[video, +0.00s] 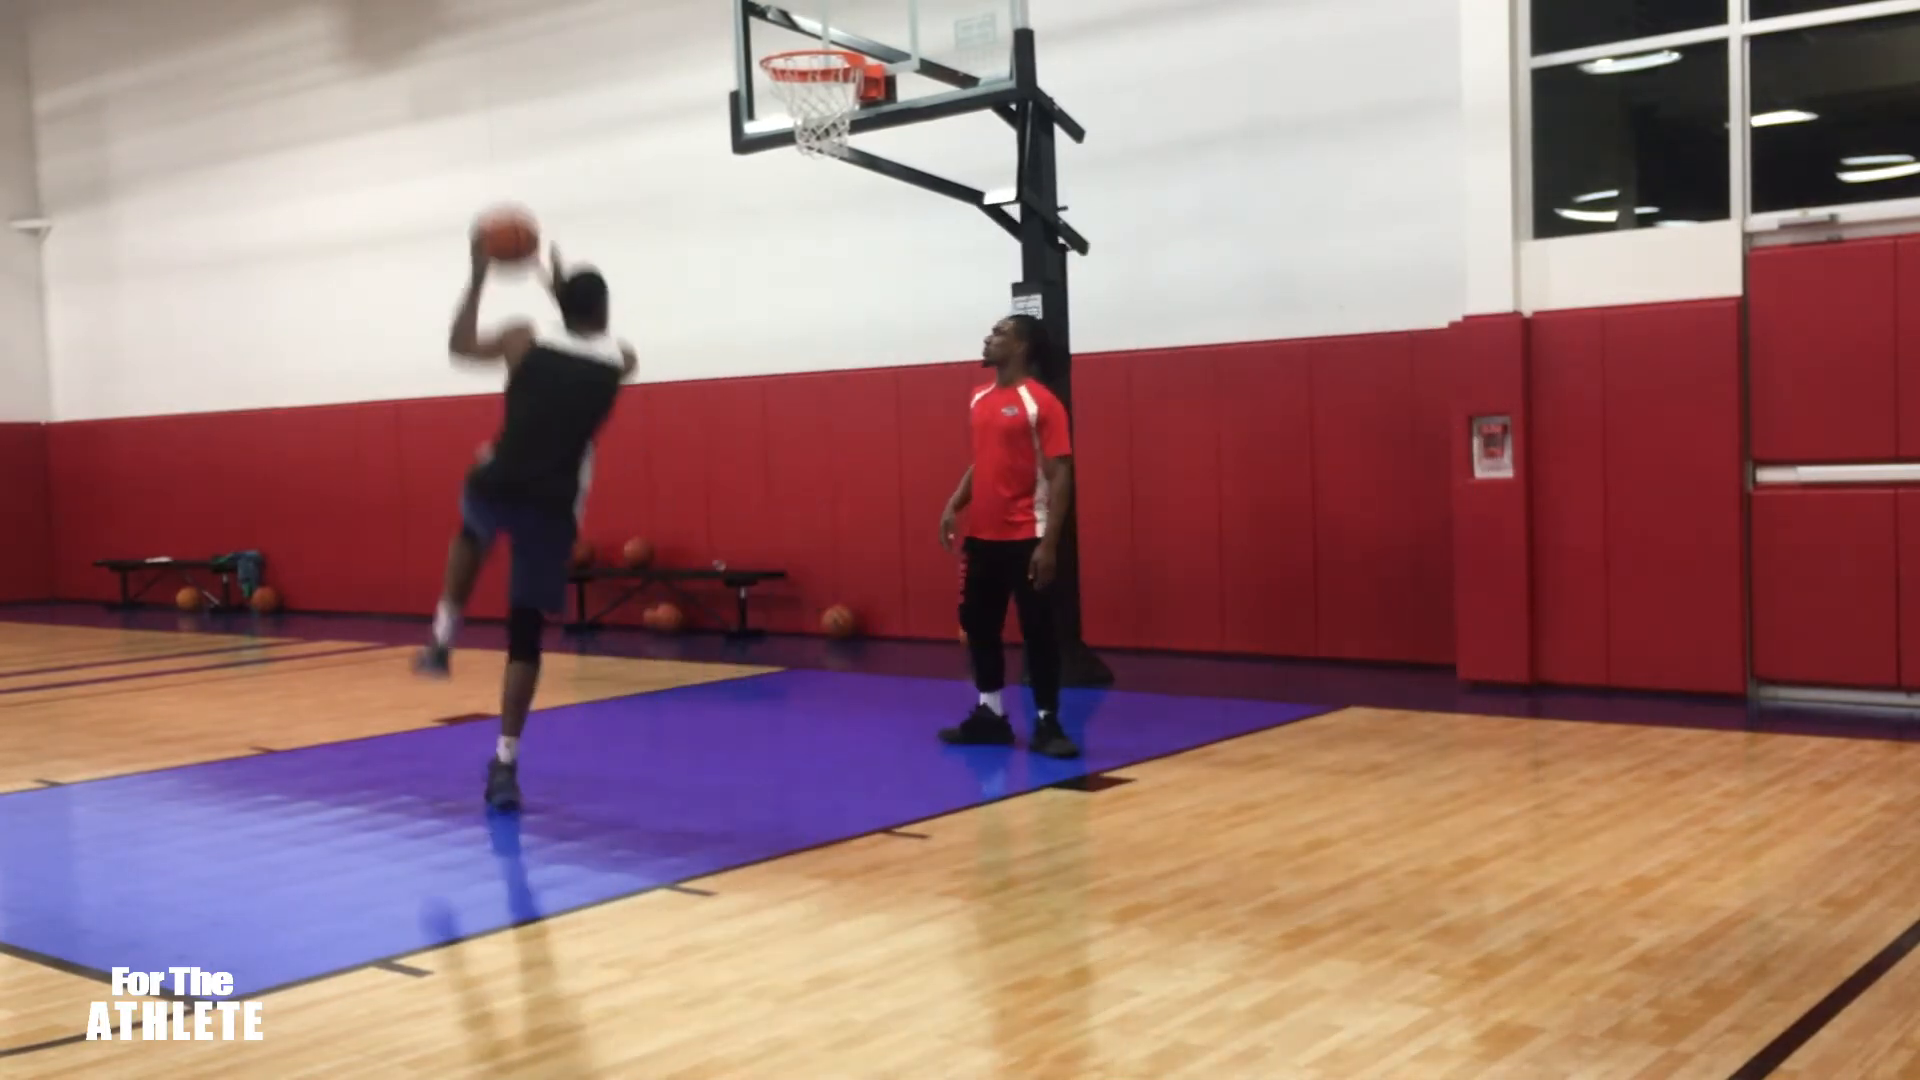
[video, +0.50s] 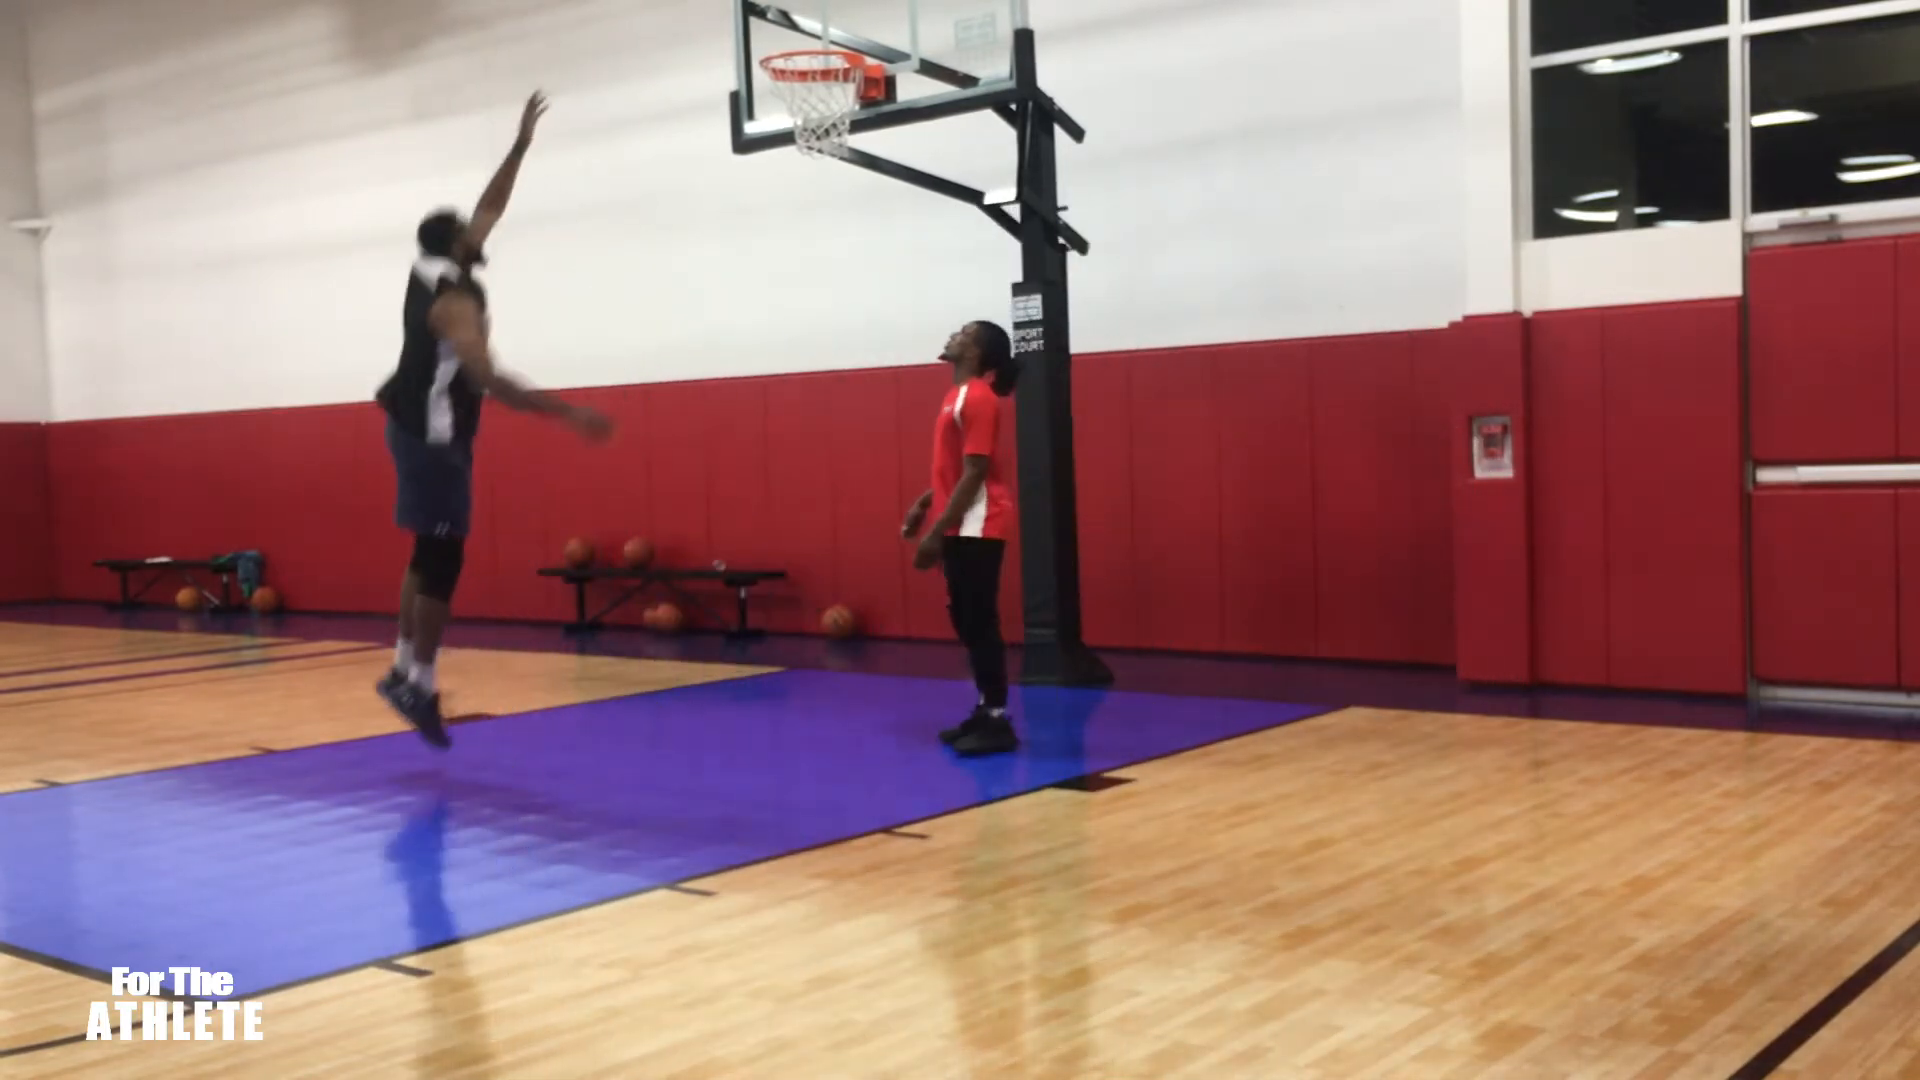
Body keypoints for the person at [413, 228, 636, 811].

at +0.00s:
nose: (582, 308)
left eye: (575, 298)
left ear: (564, 308)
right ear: (605, 310)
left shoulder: (524, 340)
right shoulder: (618, 364)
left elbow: (461, 345)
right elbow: (591, 335)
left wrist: (477, 274)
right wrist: (561, 289)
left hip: (494, 484)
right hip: (552, 502)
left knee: (470, 535)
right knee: (526, 633)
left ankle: (441, 639)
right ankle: (505, 763)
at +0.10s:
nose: (570, 252)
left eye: (551, 242)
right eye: (572, 247)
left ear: (532, 245)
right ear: (576, 252)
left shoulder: (500, 275)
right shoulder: (585, 304)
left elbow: (467, 242)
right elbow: (606, 307)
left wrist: (487, 171)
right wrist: (576, 264)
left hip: (463, 429)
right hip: (519, 451)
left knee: (464, 479)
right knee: (506, 587)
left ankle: (429, 567)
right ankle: (494, 707)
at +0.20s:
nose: (550, 204)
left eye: (534, 196)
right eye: (548, 198)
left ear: (501, 205)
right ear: (544, 211)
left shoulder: (476, 231)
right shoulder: (557, 258)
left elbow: (490, 160)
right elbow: (596, 297)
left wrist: (519, 92)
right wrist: (569, 251)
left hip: (440, 395)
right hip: (495, 411)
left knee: (468, 462)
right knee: (485, 544)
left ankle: (421, 549)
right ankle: (471, 669)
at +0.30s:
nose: (519, 176)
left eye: (512, 169)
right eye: (514, 174)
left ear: (476, 188)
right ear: (505, 190)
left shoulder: (458, 217)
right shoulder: (519, 247)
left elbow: (505, 145)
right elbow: (575, 306)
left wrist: (540, 80)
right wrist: (590, 290)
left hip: (422, 382)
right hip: (469, 396)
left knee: (461, 485)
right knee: (471, 514)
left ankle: (408, 583)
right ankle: (456, 644)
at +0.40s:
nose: (494, 188)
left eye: (487, 183)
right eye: (489, 187)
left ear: (452, 202)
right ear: (479, 203)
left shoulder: (439, 229)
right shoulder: (485, 262)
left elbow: (504, 168)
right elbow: (538, 335)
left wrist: (541, 101)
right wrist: (593, 346)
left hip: (416, 392)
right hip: (453, 405)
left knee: (449, 512)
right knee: (459, 522)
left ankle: (404, 625)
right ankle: (441, 650)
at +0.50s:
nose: (477, 234)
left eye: (472, 230)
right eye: (470, 233)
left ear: (439, 243)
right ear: (456, 246)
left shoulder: (434, 265)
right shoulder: (456, 299)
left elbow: (490, 207)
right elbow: (484, 375)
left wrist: (521, 145)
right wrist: (567, 412)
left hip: (415, 422)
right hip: (438, 433)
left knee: (431, 548)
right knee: (445, 554)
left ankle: (405, 669)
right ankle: (419, 682)